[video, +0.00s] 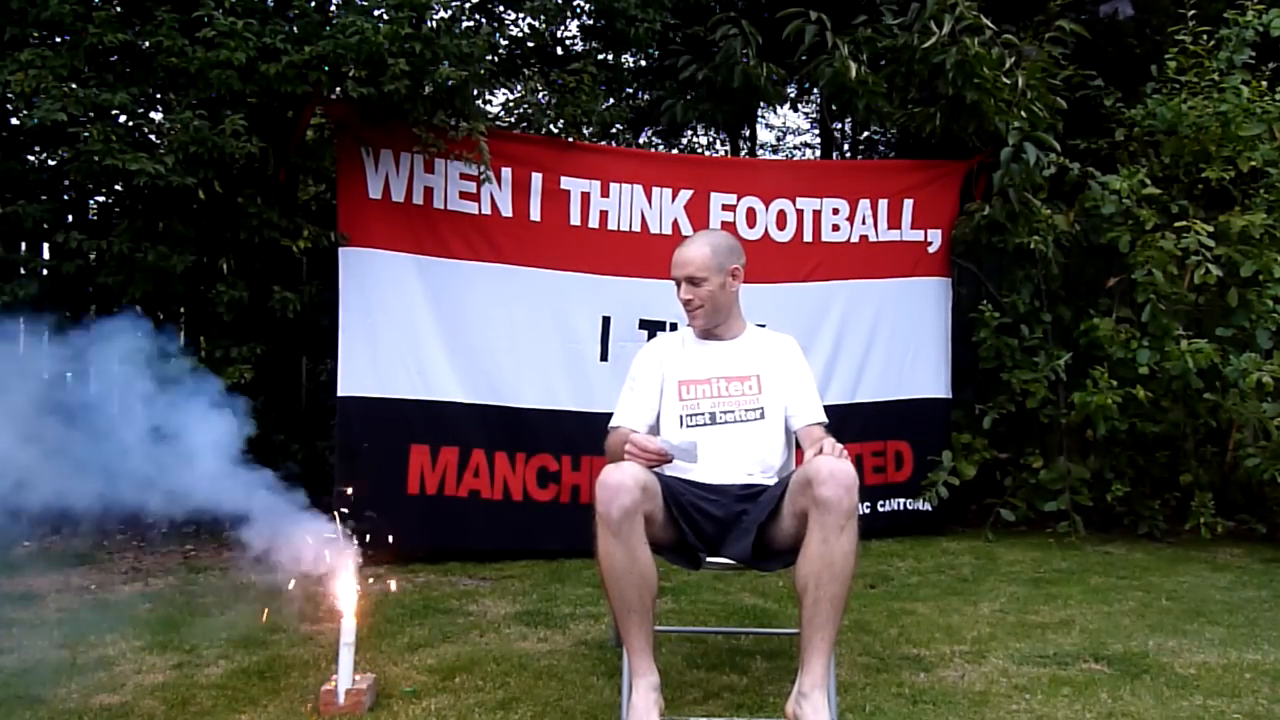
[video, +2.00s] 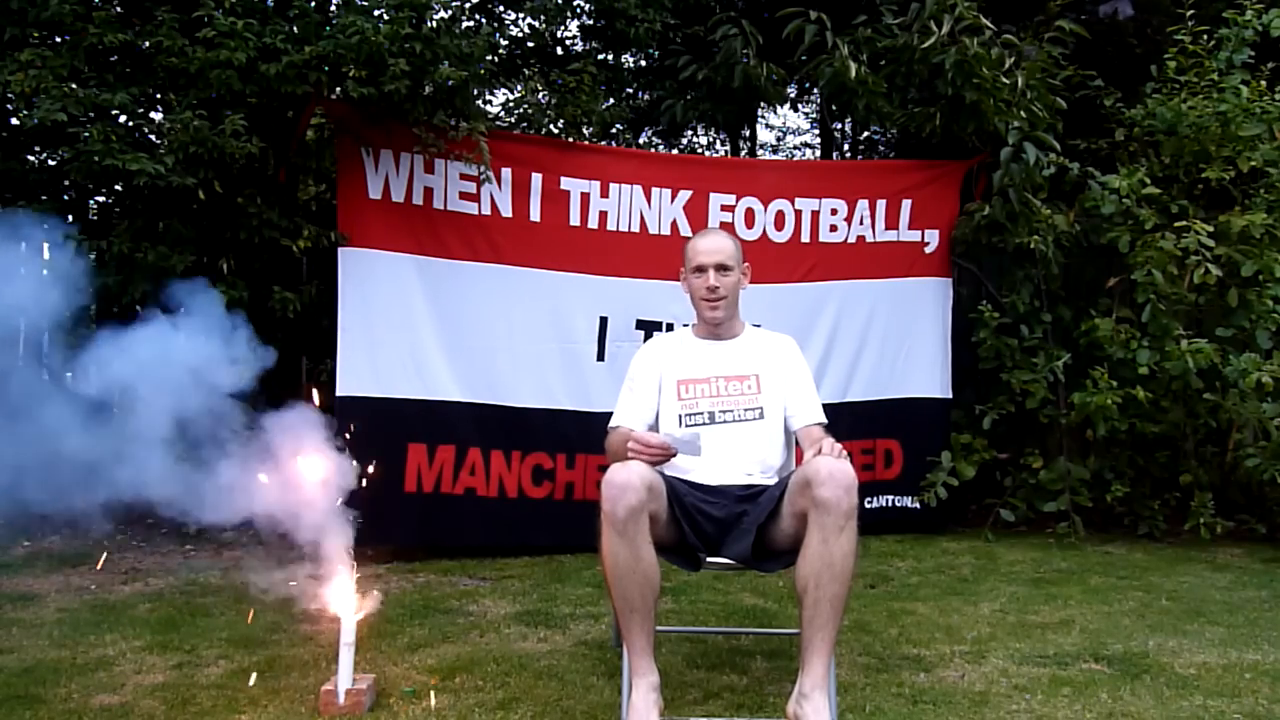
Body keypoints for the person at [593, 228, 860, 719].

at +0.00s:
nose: (684, 296)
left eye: (696, 283)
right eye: (678, 285)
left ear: (735, 278)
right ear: (673, 285)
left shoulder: (781, 350)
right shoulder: (658, 353)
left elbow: (812, 437)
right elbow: (615, 442)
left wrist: (825, 448)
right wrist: (633, 445)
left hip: (768, 504)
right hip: (679, 503)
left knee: (837, 477)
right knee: (615, 485)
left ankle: (812, 689)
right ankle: (642, 682)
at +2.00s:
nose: (711, 283)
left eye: (723, 270)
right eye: (699, 272)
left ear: (744, 276)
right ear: (684, 281)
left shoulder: (780, 350)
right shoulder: (657, 353)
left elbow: (811, 437)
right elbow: (614, 442)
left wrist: (825, 449)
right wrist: (634, 443)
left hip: (768, 502)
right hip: (680, 502)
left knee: (836, 477)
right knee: (620, 483)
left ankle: (813, 690)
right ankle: (642, 681)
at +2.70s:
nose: (716, 285)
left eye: (727, 273)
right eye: (704, 274)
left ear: (747, 278)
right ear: (687, 281)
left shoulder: (781, 349)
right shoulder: (656, 352)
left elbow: (811, 436)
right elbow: (613, 449)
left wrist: (823, 448)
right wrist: (634, 437)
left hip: (767, 504)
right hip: (678, 502)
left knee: (834, 478)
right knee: (618, 484)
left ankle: (812, 691)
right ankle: (642, 682)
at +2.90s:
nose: (720, 282)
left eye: (731, 270)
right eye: (707, 271)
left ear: (749, 278)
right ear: (689, 279)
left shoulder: (782, 349)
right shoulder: (658, 351)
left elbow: (812, 436)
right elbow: (618, 440)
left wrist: (824, 448)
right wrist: (625, 442)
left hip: (768, 505)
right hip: (679, 503)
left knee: (835, 478)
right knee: (619, 483)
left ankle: (811, 691)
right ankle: (642, 682)